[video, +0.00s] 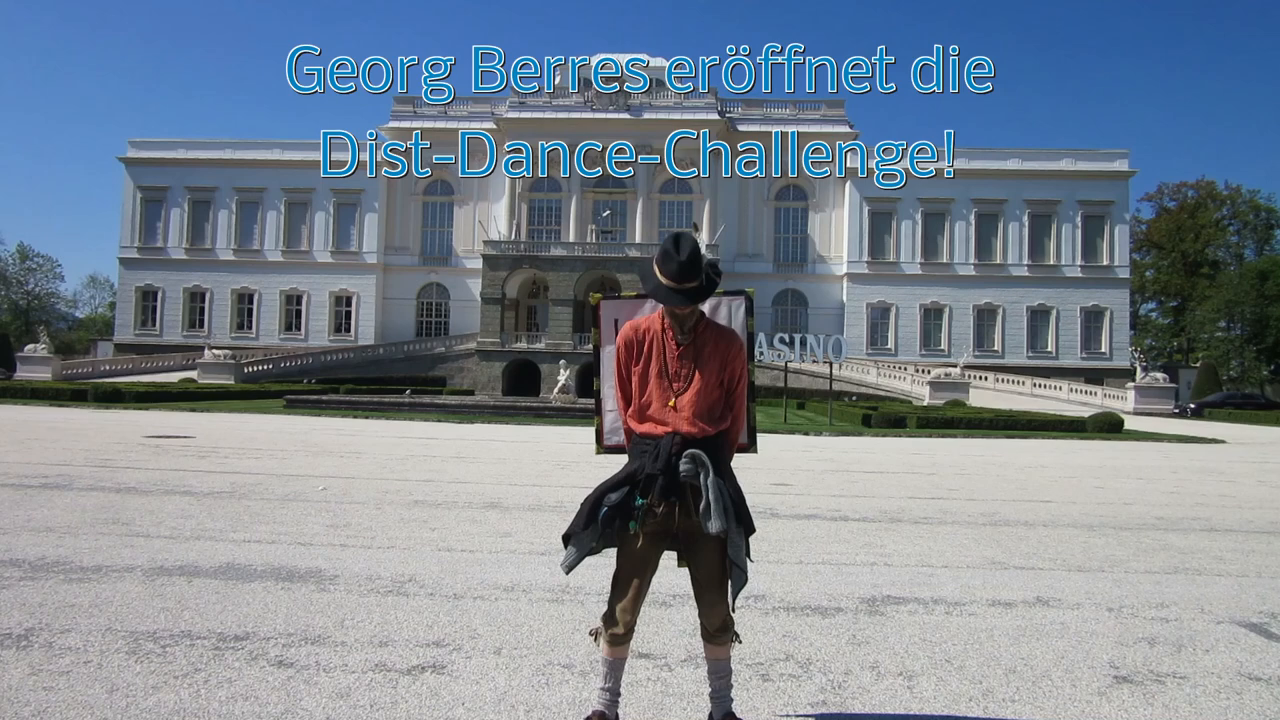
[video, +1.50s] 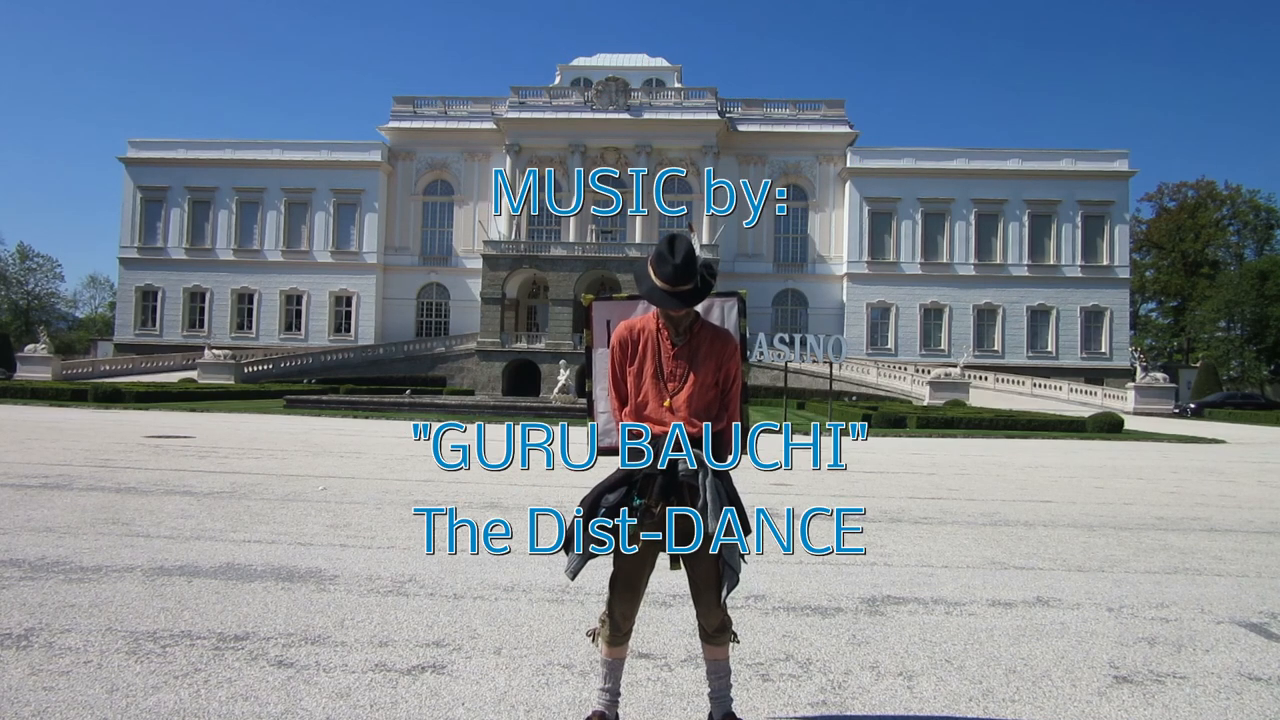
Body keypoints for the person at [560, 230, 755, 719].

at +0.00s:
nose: (681, 311)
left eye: (690, 302)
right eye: (672, 302)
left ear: (704, 293)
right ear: (658, 292)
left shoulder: (728, 344)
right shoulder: (632, 337)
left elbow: (734, 427)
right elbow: (627, 417)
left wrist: (701, 467)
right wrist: (672, 451)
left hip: (706, 486)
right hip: (647, 483)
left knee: (716, 604)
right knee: (625, 600)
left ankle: (722, 706)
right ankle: (607, 701)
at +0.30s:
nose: (681, 311)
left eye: (690, 302)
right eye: (672, 302)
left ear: (704, 293)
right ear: (658, 292)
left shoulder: (728, 344)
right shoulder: (632, 337)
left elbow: (734, 427)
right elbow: (627, 417)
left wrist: (701, 467)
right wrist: (672, 451)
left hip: (706, 486)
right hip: (647, 483)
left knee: (716, 604)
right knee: (625, 600)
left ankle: (722, 706)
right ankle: (607, 701)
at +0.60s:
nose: (680, 310)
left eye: (689, 300)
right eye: (672, 301)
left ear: (702, 293)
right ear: (657, 292)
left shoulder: (728, 344)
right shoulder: (632, 337)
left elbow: (734, 423)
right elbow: (624, 416)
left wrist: (702, 451)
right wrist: (658, 446)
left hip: (705, 487)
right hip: (647, 486)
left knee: (715, 605)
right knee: (624, 601)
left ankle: (722, 706)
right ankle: (607, 701)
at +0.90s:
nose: (680, 309)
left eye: (688, 299)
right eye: (670, 300)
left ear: (701, 291)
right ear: (655, 290)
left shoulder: (726, 345)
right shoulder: (629, 337)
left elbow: (733, 426)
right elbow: (622, 416)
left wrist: (702, 449)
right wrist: (659, 440)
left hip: (703, 494)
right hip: (644, 490)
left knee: (713, 607)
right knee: (622, 604)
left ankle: (721, 707)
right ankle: (607, 701)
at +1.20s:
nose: (677, 311)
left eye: (685, 302)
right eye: (668, 302)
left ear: (699, 294)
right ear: (653, 293)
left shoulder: (725, 345)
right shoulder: (628, 337)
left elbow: (732, 422)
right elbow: (622, 414)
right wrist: (650, 446)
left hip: (702, 490)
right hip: (644, 487)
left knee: (711, 603)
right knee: (624, 600)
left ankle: (722, 706)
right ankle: (607, 700)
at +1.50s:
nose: (677, 311)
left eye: (685, 302)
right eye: (668, 302)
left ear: (699, 294)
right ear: (653, 292)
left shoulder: (723, 345)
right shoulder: (627, 337)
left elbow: (731, 421)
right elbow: (621, 414)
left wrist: (710, 463)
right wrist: (653, 446)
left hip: (701, 490)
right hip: (643, 487)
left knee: (711, 603)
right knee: (623, 600)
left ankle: (722, 706)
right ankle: (607, 700)